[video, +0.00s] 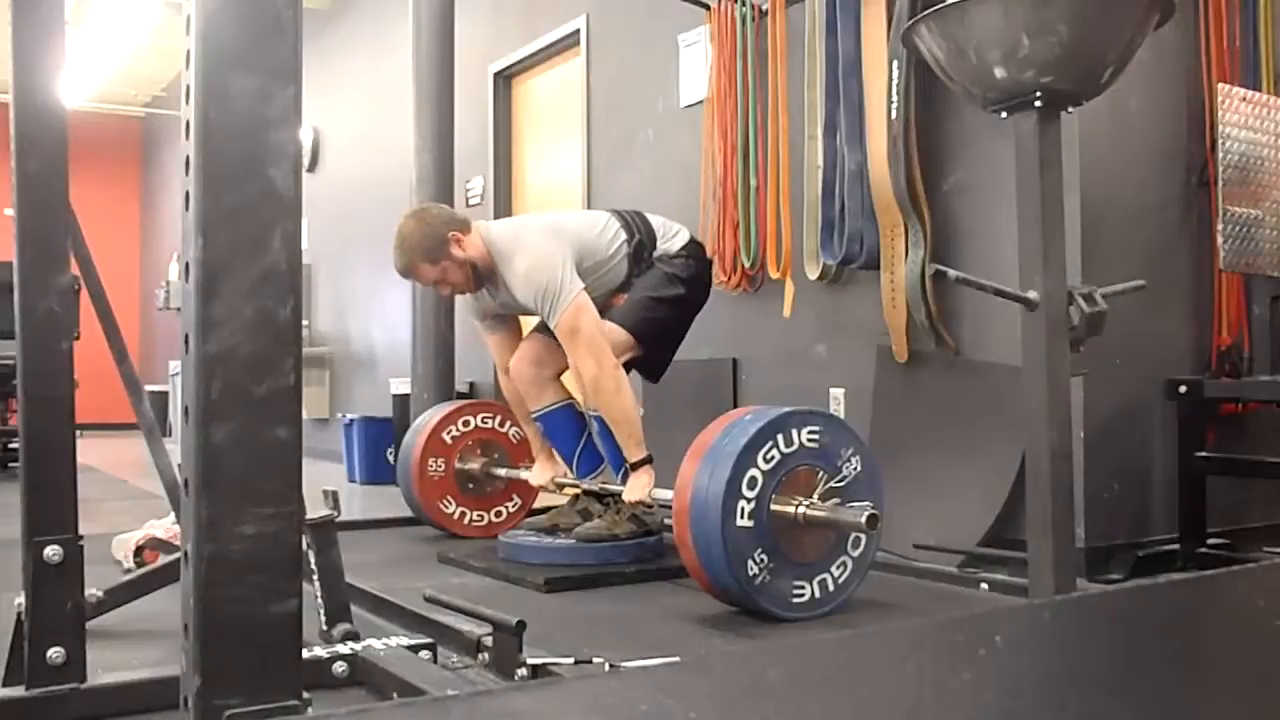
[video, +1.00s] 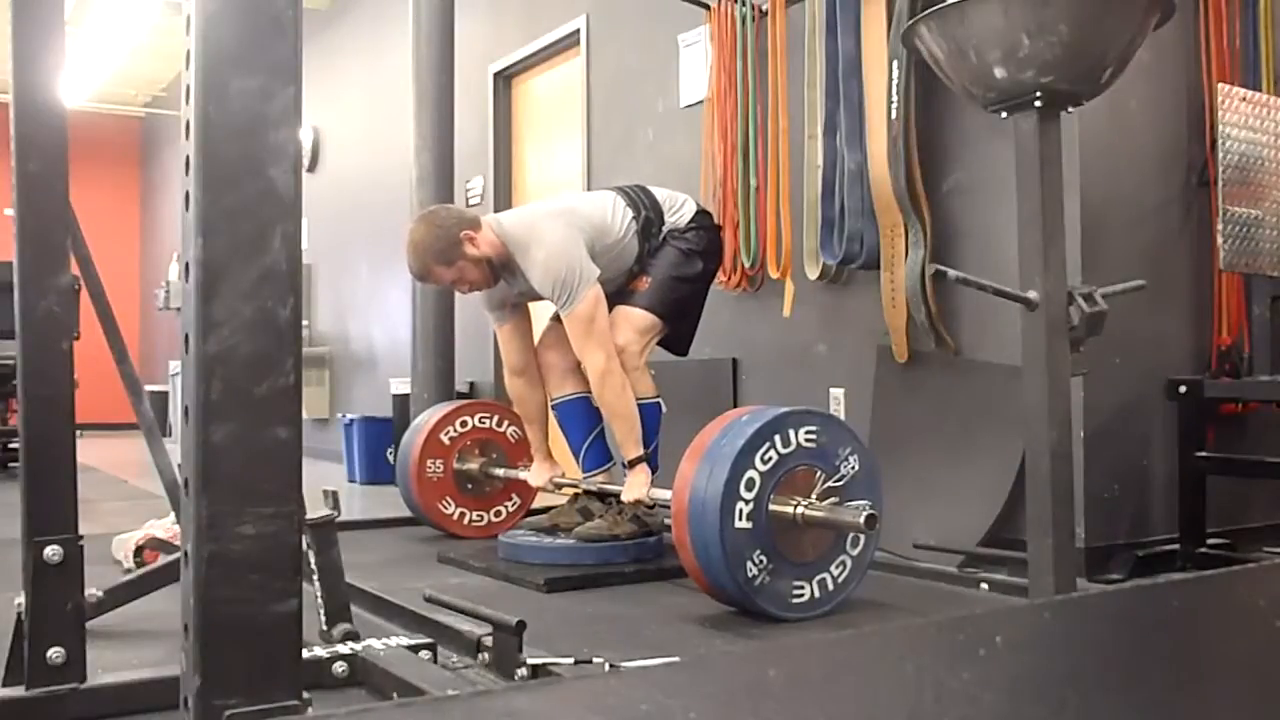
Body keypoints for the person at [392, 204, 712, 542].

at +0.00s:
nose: (443, 292)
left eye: (440, 280)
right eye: (435, 287)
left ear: (458, 244)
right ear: (457, 243)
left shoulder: (532, 259)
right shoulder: (479, 286)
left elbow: (594, 362)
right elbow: (510, 371)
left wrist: (640, 468)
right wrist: (542, 454)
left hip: (671, 260)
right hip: (609, 281)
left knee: (595, 357)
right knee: (526, 366)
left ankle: (630, 493)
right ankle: (598, 488)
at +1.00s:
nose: (463, 292)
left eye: (459, 280)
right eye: (453, 289)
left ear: (472, 240)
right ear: (472, 240)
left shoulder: (550, 250)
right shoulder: (495, 280)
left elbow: (603, 361)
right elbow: (519, 372)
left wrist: (637, 466)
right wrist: (540, 457)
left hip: (682, 231)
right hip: (621, 253)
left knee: (623, 345)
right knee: (552, 352)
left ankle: (640, 494)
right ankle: (601, 489)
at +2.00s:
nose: (454, 300)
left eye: (449, 287)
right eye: (443, 295)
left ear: (465, 251)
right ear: (465, 251)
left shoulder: (535, 250)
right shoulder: (483, 284)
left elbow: (597, 362)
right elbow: (514, 372)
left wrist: (635, 464)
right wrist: (541, 458)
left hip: (677, 232)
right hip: (617, 254)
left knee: (619, 348)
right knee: (548, 356)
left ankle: (639, 496)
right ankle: (600, 491)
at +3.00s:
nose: (441, 280)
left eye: (441, 265)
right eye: (431, 273)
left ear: (464, 232)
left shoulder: (540, 262)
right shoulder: (476, 290)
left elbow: (610, 367)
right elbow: (509, 379)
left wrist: (635, 470)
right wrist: (539, 458)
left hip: (668, 297)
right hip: (605, 310)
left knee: (571, 374)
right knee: (511, 382)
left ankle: (629, 494)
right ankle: (591, 490)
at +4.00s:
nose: (477, 210)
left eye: (483, 195)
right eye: (472, 199)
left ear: (521, 179)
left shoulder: (585, 237)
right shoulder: (517, 264)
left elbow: (622, 350)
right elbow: (530, 358)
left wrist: (636, 461)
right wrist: (538, 452)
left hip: (702, 292)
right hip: (636, 306)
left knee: (605, 357)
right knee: (541, 364)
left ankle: (630, 500)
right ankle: (597, 492)